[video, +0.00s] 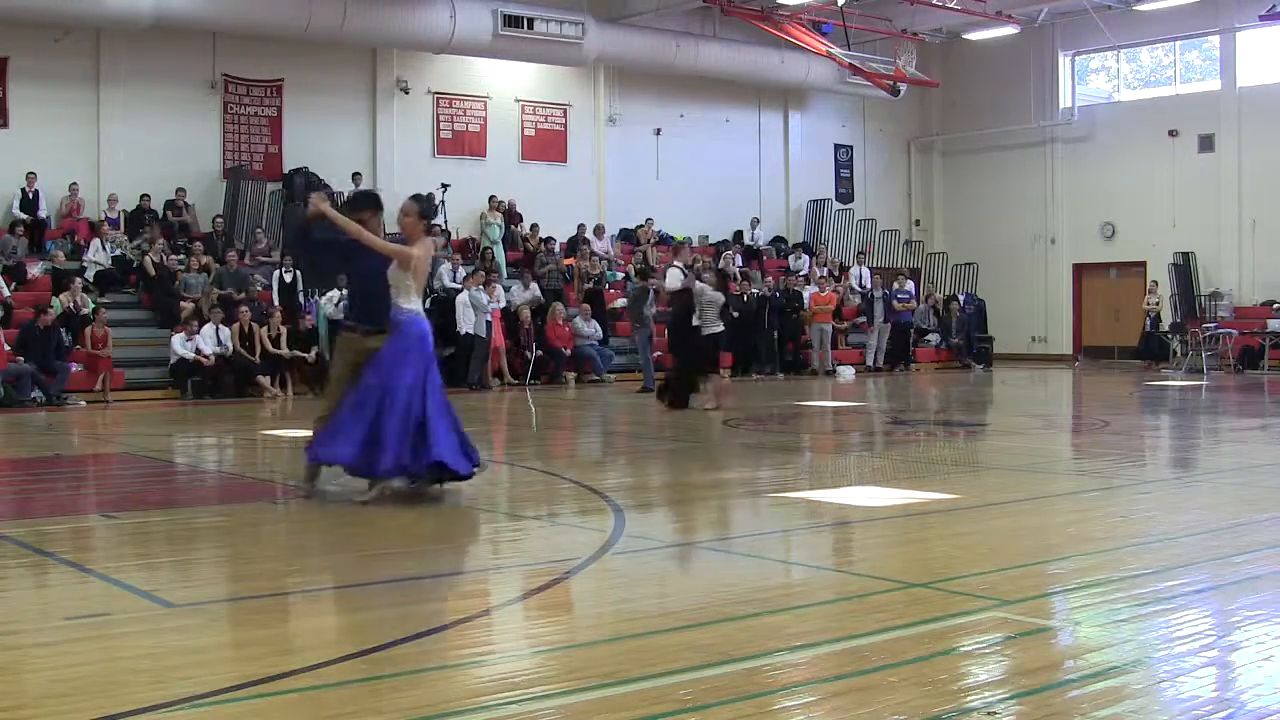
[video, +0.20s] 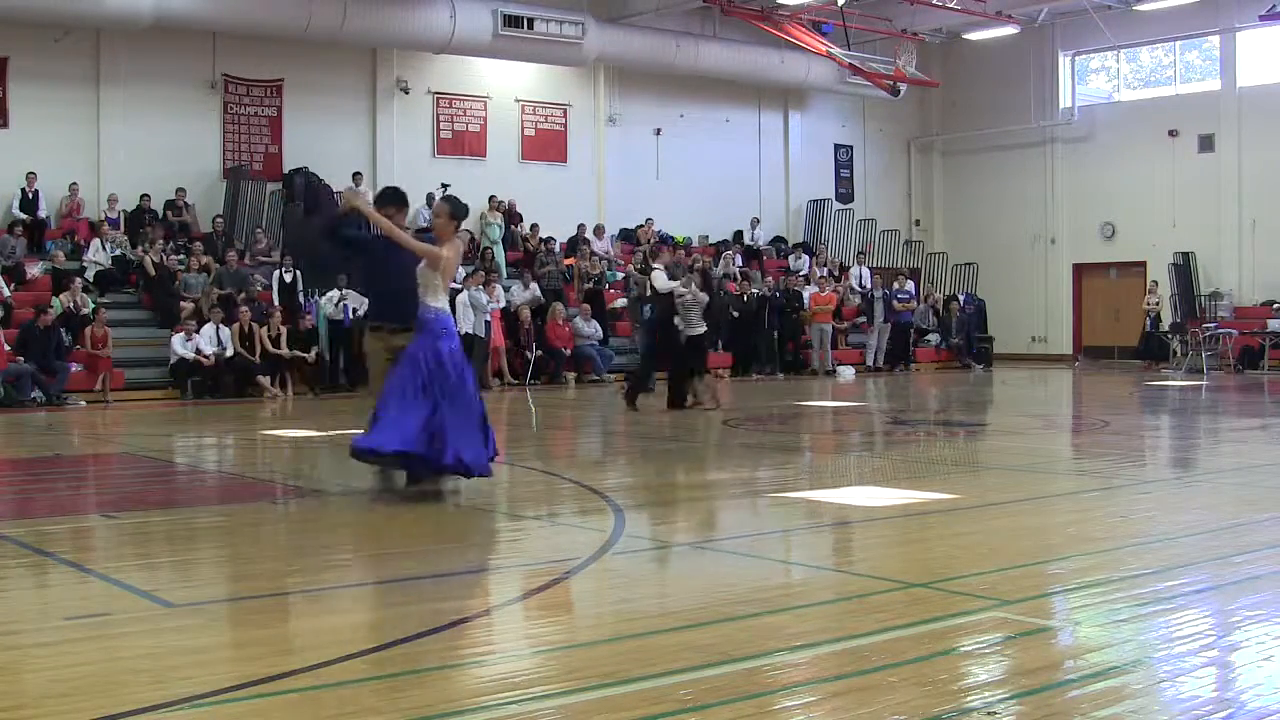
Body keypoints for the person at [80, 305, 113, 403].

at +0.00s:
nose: (106, 315)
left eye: (105, 313)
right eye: (103, 313)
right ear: (96, 316)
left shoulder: (108, 330)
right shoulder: (88, 330)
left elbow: (109, 349)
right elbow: (89, 349)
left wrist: (103, 351)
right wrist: (100, 352)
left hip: (103, 355)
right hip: (92, 356)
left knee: (105, 359)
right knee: (106, 366)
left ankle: (99, 382)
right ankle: (107, 394)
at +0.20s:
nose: (106, 315)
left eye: (106, 313)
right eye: (103, 313)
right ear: (96, 316)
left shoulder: (107, 330)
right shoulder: (88, 330)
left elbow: (109, 348)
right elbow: (88, 349)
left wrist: (105, 351)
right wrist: (100, 352)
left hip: (103, 355)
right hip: (92, 356)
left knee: (105, 360)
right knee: (106, 366)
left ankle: (99, 382)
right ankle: (107, 394)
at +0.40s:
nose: (105, 316)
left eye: (105, 313)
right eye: (102, 314)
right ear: (95, 316)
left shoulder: (107, 330)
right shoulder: (88, 330)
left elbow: (109, 348)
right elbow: (89, 350)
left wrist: (104, 352)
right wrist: (101, 352)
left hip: (103, 354)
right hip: (92, 355)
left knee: (104, 359)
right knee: (106, 365)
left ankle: (99, 382)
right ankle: (107, 394)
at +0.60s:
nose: (105, 316)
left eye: (105, 313)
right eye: (102, 314)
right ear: (95, 316)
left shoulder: (107, 330)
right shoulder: (88, 330)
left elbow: (109, 348)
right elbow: (89, 350)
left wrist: (104, 352)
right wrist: (101, 352)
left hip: (103, 355)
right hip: (92, 355)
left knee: (104, 359)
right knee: (106, 365)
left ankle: (99, 382)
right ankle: (107, 394)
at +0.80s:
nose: (105, 316)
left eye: (105, 313)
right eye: (102, 313)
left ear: (105, 315)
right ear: (95, 315)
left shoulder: (107, 330)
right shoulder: (88, 330)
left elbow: (109, 348)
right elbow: (88, 349)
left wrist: (102, 352)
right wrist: (99, 352)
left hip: (103, 355)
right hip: (92, 356)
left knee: (104, 361)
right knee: (106, 366)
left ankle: (99, 382)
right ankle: (107, 394)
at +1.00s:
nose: (105, 316)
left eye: (105, 313)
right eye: (102, 313)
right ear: (95, 315)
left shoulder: (107, 330)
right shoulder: (88, 330)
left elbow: (109, 348)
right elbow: (88, 349)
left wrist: (102, 352)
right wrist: (99, 352)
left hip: (103, 355)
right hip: (92, 356)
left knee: (104, 361)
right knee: (106, 366)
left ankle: (99, 382)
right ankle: (107, 394)